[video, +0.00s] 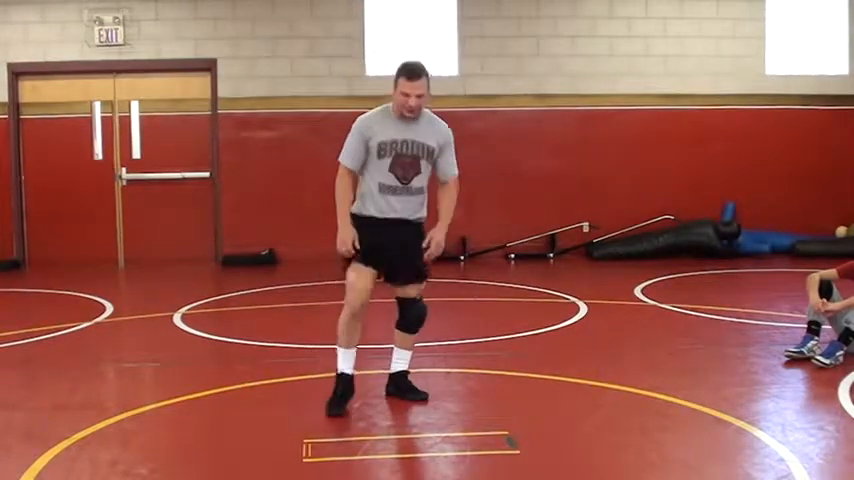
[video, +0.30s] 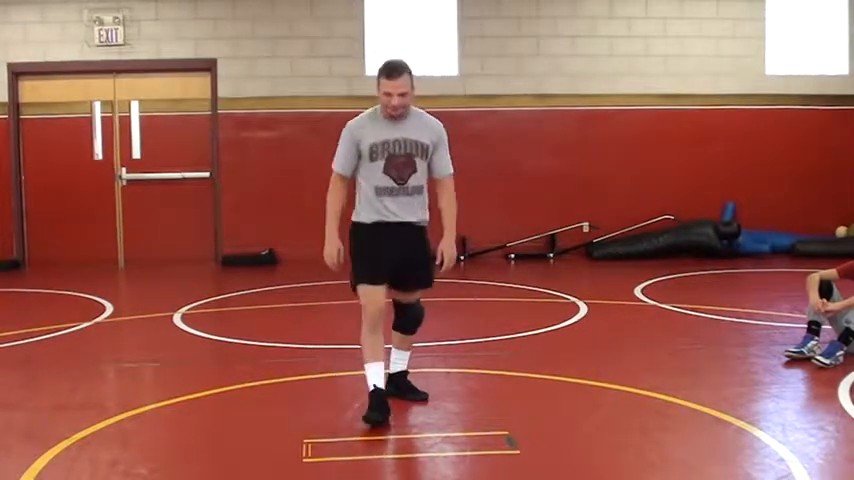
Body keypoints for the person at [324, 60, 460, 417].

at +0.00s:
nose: (413, 102)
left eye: (420, 96)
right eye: (406, 94)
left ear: (428, 94)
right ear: (394, 90)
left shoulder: (440, 132)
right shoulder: (367, 124)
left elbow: (448, 182)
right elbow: (345, 173)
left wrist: (442, 226)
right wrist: (344, 224)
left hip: (410, 227)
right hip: (367, 224)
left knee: (412, 310)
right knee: (354, 303)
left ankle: (398, 377)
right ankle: (344, 380)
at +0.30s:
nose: (395, 101)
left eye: (402, 94)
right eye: (388, 94)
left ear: (413, 91)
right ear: (378, 91)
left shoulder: (433, 130)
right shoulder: (356, 130)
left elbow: (444, 187)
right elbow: (338, 184)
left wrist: (449, 238)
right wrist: (331, 237)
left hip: (413, 231)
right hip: (369, 231)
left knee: (409, 312)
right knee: (373, 313)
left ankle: (397, 375)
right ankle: (376, 395)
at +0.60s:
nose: (381, 93)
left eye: (386, 85)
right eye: (372, 86)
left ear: (392, 83)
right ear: (357, 86)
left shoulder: (414, 121)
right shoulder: (337, 131)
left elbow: (434, 171)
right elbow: (320, 185)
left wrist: (448, 222)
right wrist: (314, 242)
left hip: (405, 231)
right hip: (360, 233)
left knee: (424, 316)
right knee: (367, 320)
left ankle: (400, 365)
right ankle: (373, 401)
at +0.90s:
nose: (385, 82)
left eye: (385, 75)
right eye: (376, 76)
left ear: (384, 79)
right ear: (353, 82)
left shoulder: (401, 118)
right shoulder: (327, 130)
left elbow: (424, 165)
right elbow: (315, 188)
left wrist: (450, 200)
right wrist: (325, 237)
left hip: (399, 231)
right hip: (353, 236)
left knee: (418, 325)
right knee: (361, 323)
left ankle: (408, 394)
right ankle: (372, 402)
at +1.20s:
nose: (383, 80)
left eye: (384, 72)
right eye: (374, 73)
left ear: (385, 77)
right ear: (351, 79)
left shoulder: (402, 121)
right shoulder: (325, 129)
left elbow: (423, 170)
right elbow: (308, 186)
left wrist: (452, 205)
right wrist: (319, 232)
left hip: (394, 236)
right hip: (347, 239)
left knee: (392, 332)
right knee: (358, 330)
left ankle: (374, 419)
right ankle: (369, 403)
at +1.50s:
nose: (379, 75)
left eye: (384, 68)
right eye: (370, 68)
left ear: (391, 74)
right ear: (353, 74)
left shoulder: (411, 126)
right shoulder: (325, 122)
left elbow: (429, 185)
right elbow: (302, 180)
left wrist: (446, 240)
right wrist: (284, 236)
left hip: (389, 239)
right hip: (340, 240)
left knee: (387, 339)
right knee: (342, 342)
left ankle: (372, 423)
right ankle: (366, 390)